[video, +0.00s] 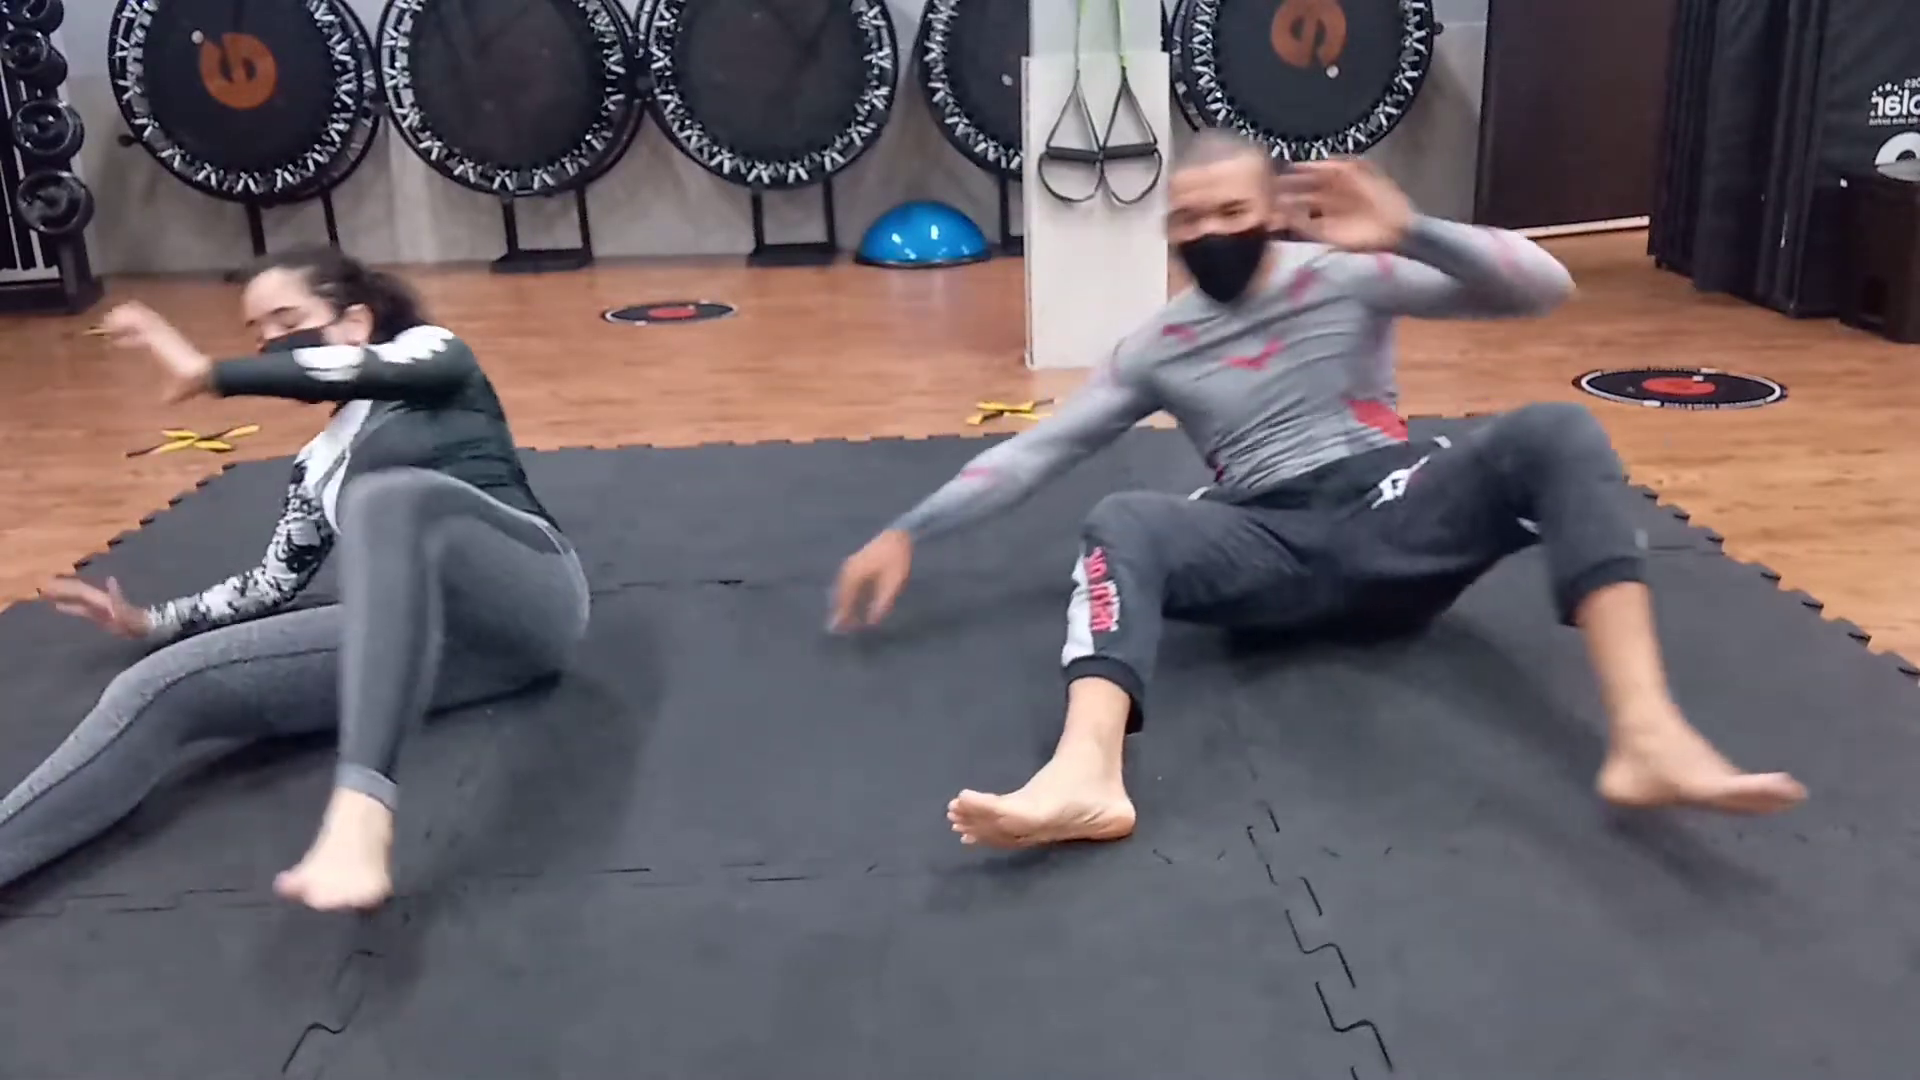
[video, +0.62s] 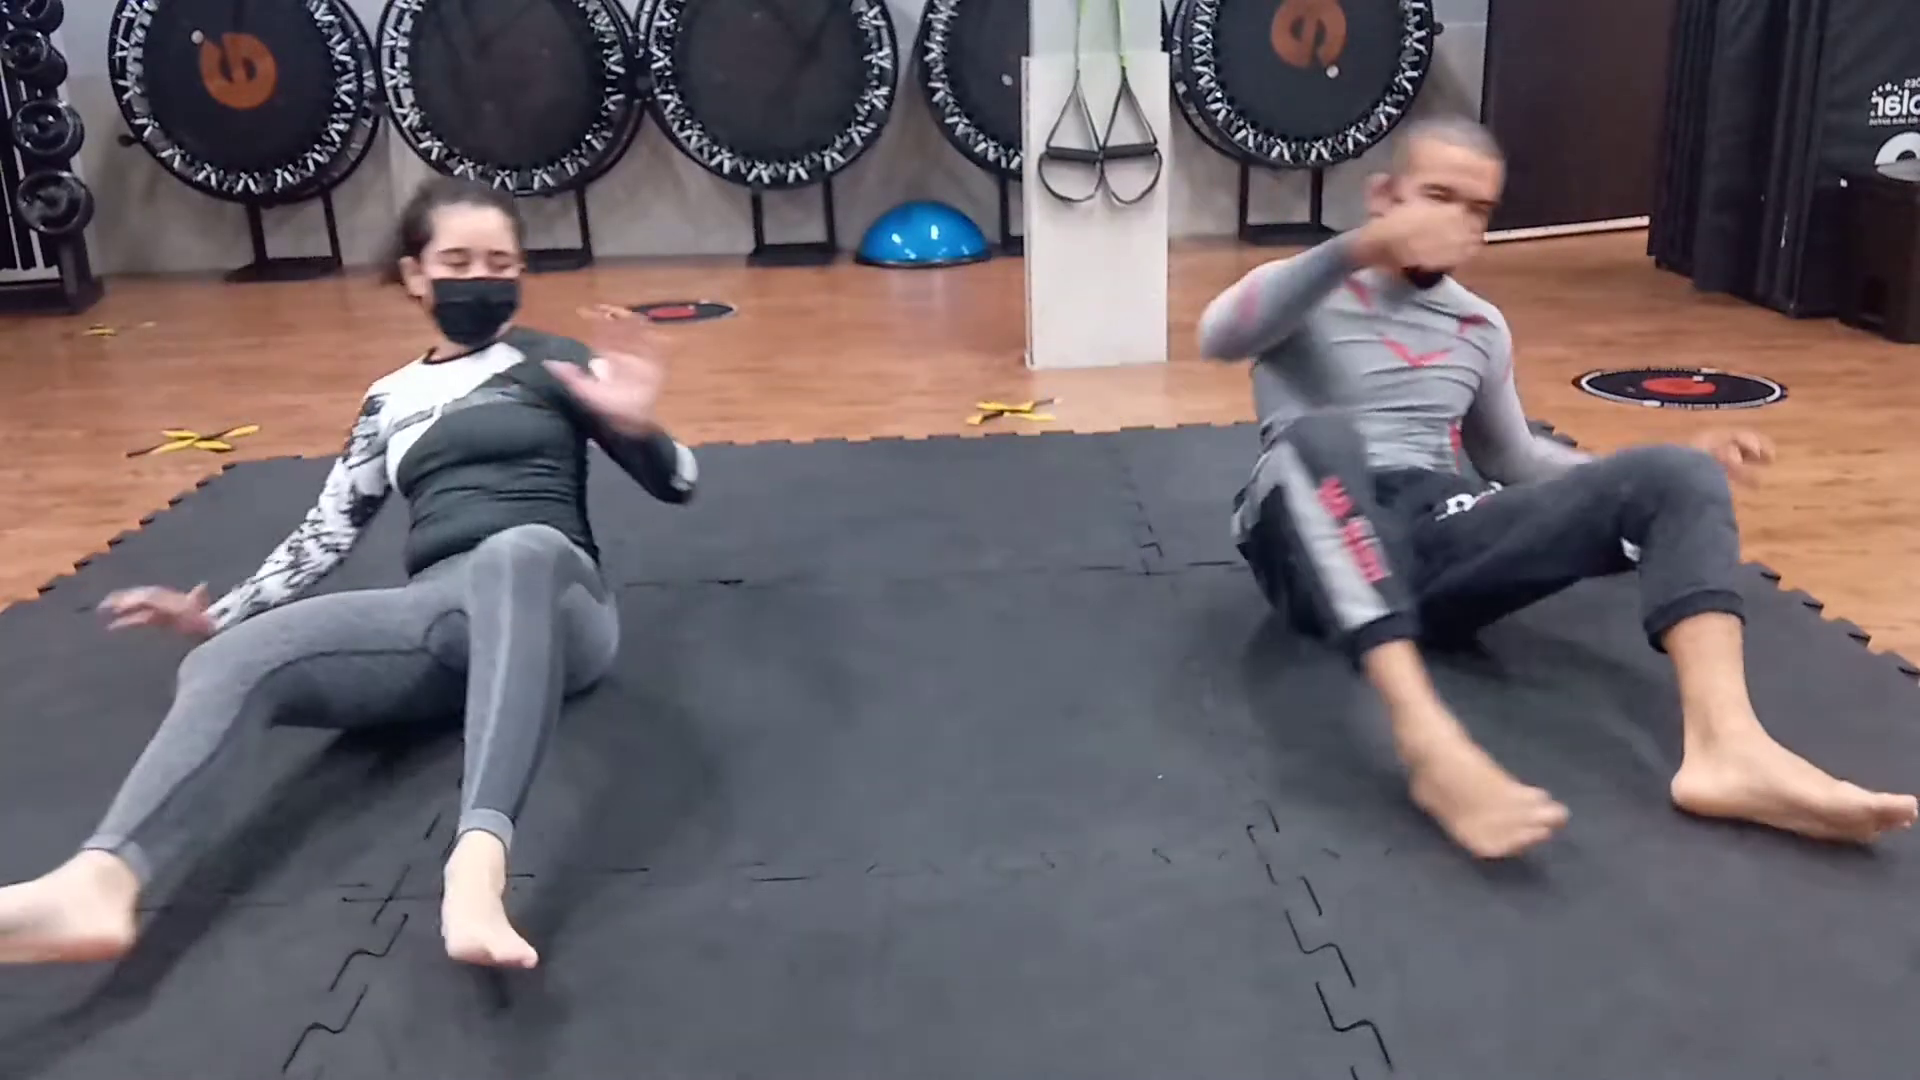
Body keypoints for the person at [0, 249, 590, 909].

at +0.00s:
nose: (269, 346)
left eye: (286, 325)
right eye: (257, 336)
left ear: (359, 319)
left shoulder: (437, 355)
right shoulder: (320, 467)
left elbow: (357, 367)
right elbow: (274, 586)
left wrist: (211, 373)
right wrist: (148, 624)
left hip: (530, 606)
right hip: (416, 652)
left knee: (386, 498)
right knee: (168, 684)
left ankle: (362, 807)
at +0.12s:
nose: (306, 327)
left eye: (328, 305)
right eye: (290, 317)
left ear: (388, 313)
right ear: (281, 333)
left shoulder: (461, 351)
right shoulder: (327, 457)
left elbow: (443, 383)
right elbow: (282, 585)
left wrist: (284, 361)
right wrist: (150, 634)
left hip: (535, 604)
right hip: (415, 628)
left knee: (427, 524)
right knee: (178, 679)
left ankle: (403, 823)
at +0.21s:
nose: (335, 313)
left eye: (356, 293)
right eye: (318, 299)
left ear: (411, 302)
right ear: (296, 313)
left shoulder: (474, 350)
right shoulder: (336, 442)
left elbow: (489, 396)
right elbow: (278, 575)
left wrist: (334, 361)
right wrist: (155, 638)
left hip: (533, 601)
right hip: (406, 618)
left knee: (445, 535)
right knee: (174, 679)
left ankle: (433, 824)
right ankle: (5, 873)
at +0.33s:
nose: (386, 285)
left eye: (406, 268)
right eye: (367, 270)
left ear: (445, 287)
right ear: (341, 294)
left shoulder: (504, 358)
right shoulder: (348, 422)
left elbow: (575, 426)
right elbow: (272, 549)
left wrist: (436, 366)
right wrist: (157, 636)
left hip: (538, 601)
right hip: (411, 614)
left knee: (470, 540)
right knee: (190, 666)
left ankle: (467, 837)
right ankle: (24, 875)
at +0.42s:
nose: (412, 283)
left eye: (433, 266)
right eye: (393, 267)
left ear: (469, 280)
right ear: (363, 285)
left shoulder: (528, 365)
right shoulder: (361, 413)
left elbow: (613, 451)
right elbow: (279, 537)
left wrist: (510, 386)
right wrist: (165, 632)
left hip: (546, 603)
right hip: (417, 615)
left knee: (481, 547)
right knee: (203, 659)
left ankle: (473, 848)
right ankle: (47, 872)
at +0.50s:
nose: (443, 281)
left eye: (462, 266)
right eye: (422, 265)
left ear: (491, 277)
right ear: (385, 279)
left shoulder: (541, 365)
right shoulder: (373, 407)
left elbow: (643, 465)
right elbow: (298, 535)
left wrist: (570, 404)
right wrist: (187, 631)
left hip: (549, 601)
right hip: (426, 611)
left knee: (495, 547)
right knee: (219, 653)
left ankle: (473, 852)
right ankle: (72, 874)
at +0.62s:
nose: (479, 277)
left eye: (498, 262)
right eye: (455, 262)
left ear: (523, 273)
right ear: (414, 277)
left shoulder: (565, 367)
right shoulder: (393, 398)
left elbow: (678, 485)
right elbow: (322, 535)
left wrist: (642, 432)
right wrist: (219, 610)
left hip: (553, 599)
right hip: (434, 609)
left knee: (520, 550)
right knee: (231, 653)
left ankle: (481, 857)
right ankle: (104, 877)